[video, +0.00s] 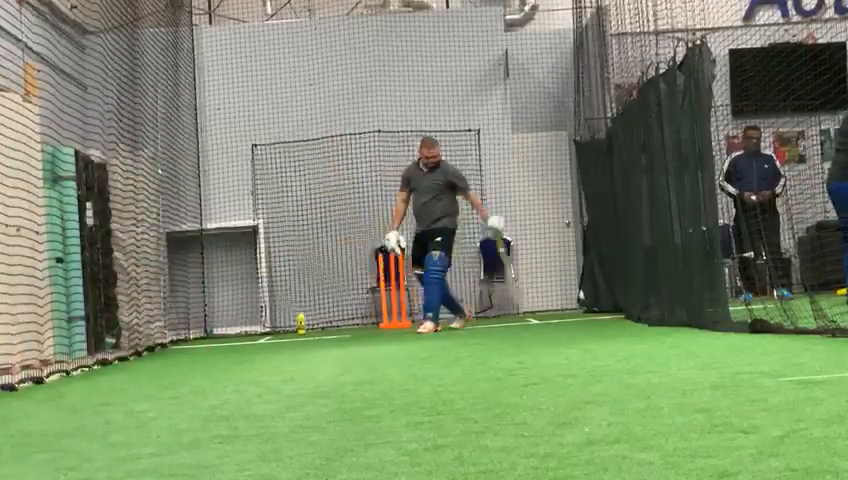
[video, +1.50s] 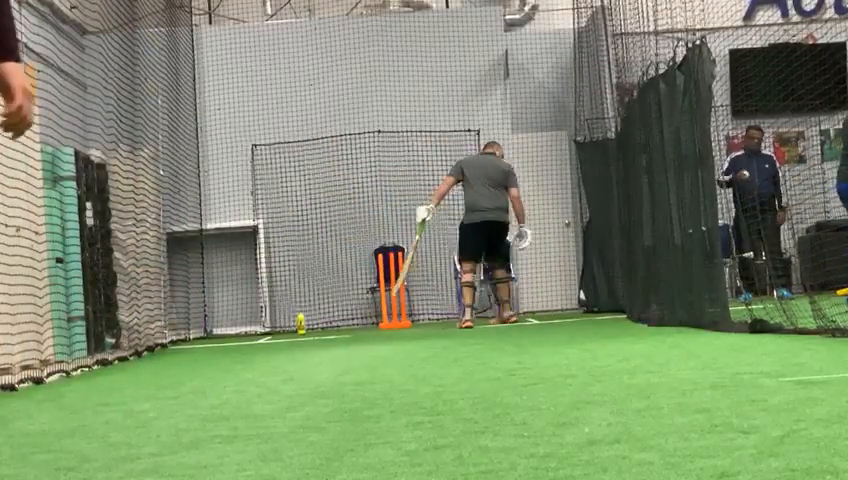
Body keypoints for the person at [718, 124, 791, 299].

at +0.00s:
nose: (754, 142)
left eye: (757, 139)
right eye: (750, 139)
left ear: (761, 140)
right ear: (743, 140)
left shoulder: (769, 159)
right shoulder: (734, 159)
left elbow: (782, 179)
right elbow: (722, 182)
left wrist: (771, 193)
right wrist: (741, 195)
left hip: (768, 210)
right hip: (745, 211)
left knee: (773, 247)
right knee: (746, 251)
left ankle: (780, 286)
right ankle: (750, 290)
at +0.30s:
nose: (754, 142)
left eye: (757, 139)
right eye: (750, 139)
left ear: (760, 141)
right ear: (743, 140)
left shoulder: (769, 159)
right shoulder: (733, 159)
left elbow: (780, 180)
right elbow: (721, 182)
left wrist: (772, 196)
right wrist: (739, 195)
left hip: (767, 209)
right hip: (744, 210)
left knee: (773, 247)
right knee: (745, 251)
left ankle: (779, 286)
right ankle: (749, 290)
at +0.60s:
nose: (754, 142)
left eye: (757, 139)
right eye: (750, 139)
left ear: (760, 141)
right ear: (742, 140)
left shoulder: (769, 158)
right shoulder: (733, 159)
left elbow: (780, 182)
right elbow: (721, 182)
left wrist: (774, 202)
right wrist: (738, 195)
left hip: (768, 209)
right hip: (744, 211)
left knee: (773, 248)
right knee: (745, 250)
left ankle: (778, 286)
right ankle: (749, 289)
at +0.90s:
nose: (754, 142)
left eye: (757, 139)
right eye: (750, 139)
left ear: (760, 140)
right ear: (743, 140)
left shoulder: (769, 158)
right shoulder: (733, 159)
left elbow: (779, 183)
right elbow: (721, 181)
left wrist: (779, 205)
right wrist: (739, 195)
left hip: (768, 210)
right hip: (745, 211)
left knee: (773, 248)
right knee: (745, 251)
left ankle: (778, 286)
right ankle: (749, 289)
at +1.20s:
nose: (756, 142)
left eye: (759, 139)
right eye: (752, 138)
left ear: (762, 140)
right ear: (744, 139)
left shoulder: (769, 159)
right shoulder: (733, 159)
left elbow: (777, 184)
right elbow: (722, 180)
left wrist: (782, 206)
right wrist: (739, 189)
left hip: (768, 210)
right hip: (744, 212)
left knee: (773, 248)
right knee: (746, 251)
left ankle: (779, 286)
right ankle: (748, 289)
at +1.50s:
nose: (755, 142)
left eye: (758, 139)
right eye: (751, 138)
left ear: (762, 141)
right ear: (744, 140)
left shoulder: (769, 159)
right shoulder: (735, 159)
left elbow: (777, 185)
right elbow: (721, 181)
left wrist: (781, 207)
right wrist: (735, 178)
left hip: (768, 211)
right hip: (744, 212)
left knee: (774, 248)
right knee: (746, 252)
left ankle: (779, 286)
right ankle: (748, 289)